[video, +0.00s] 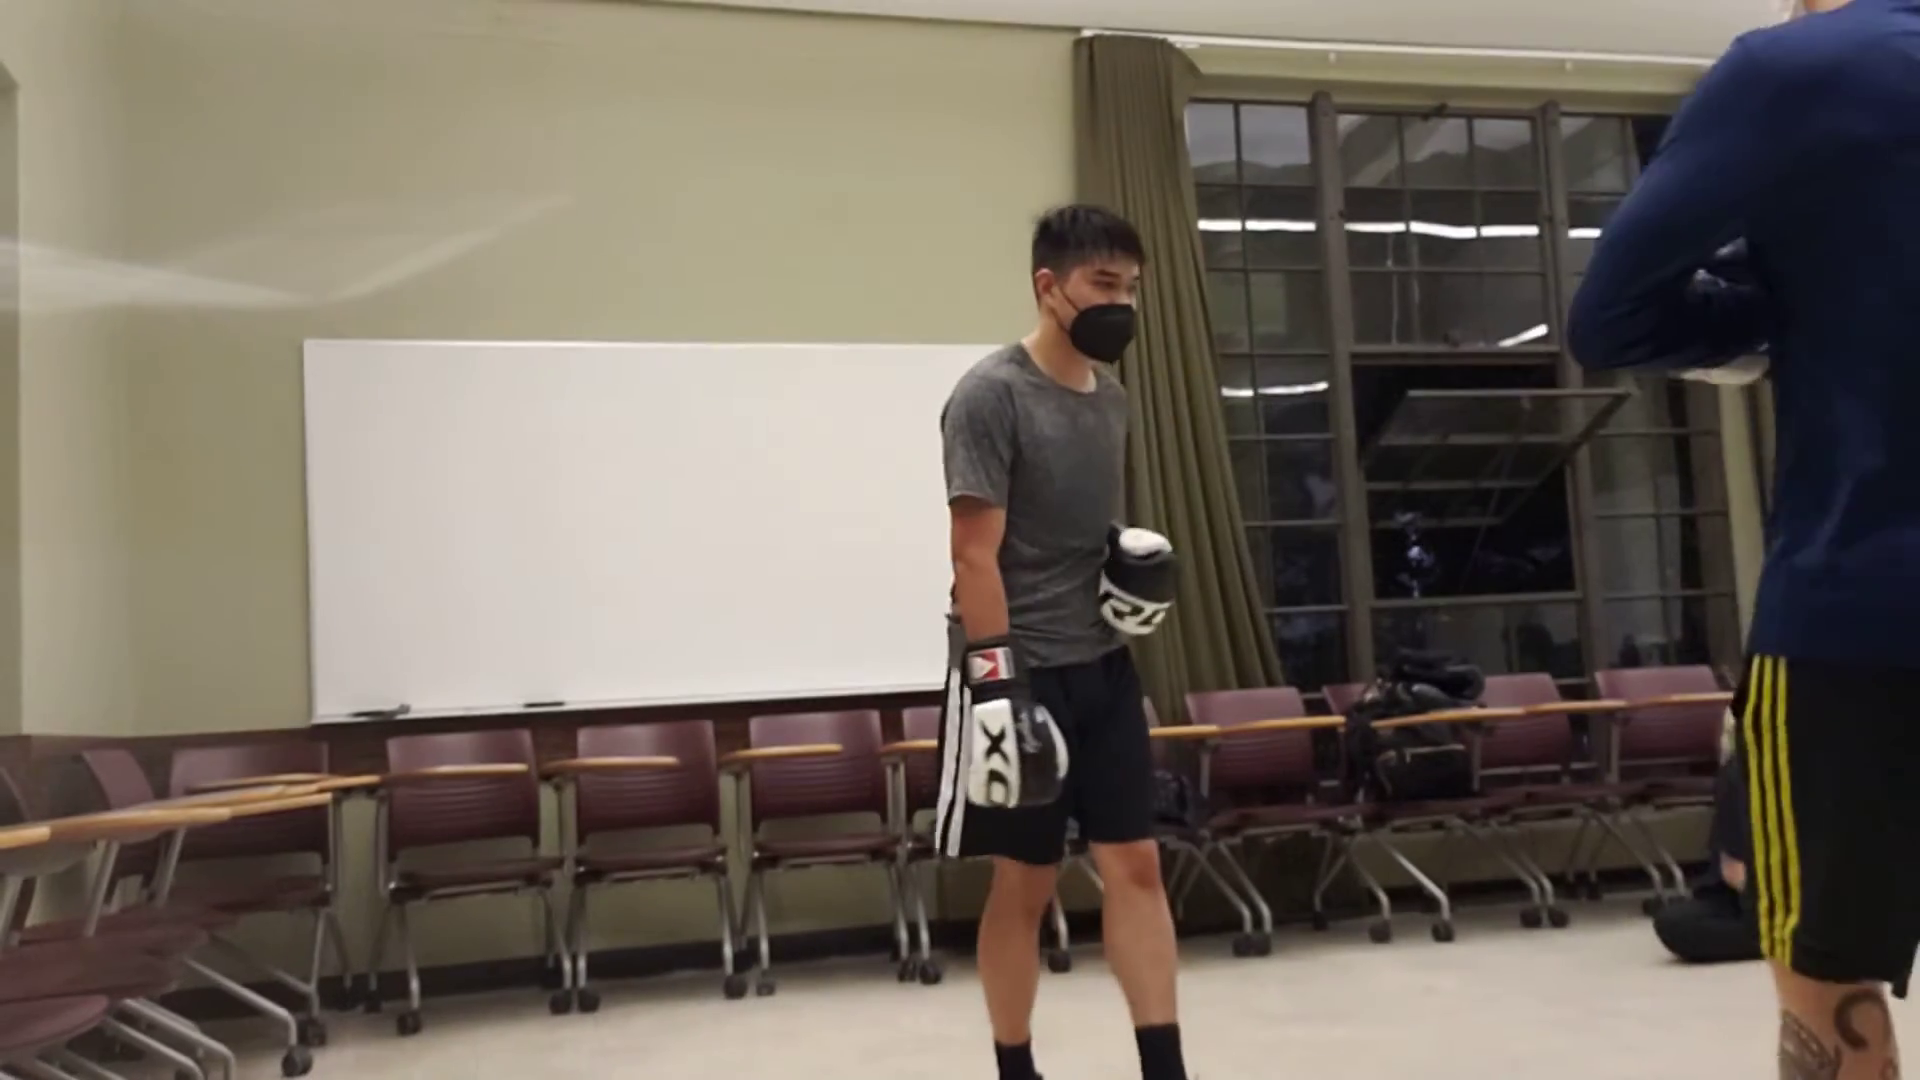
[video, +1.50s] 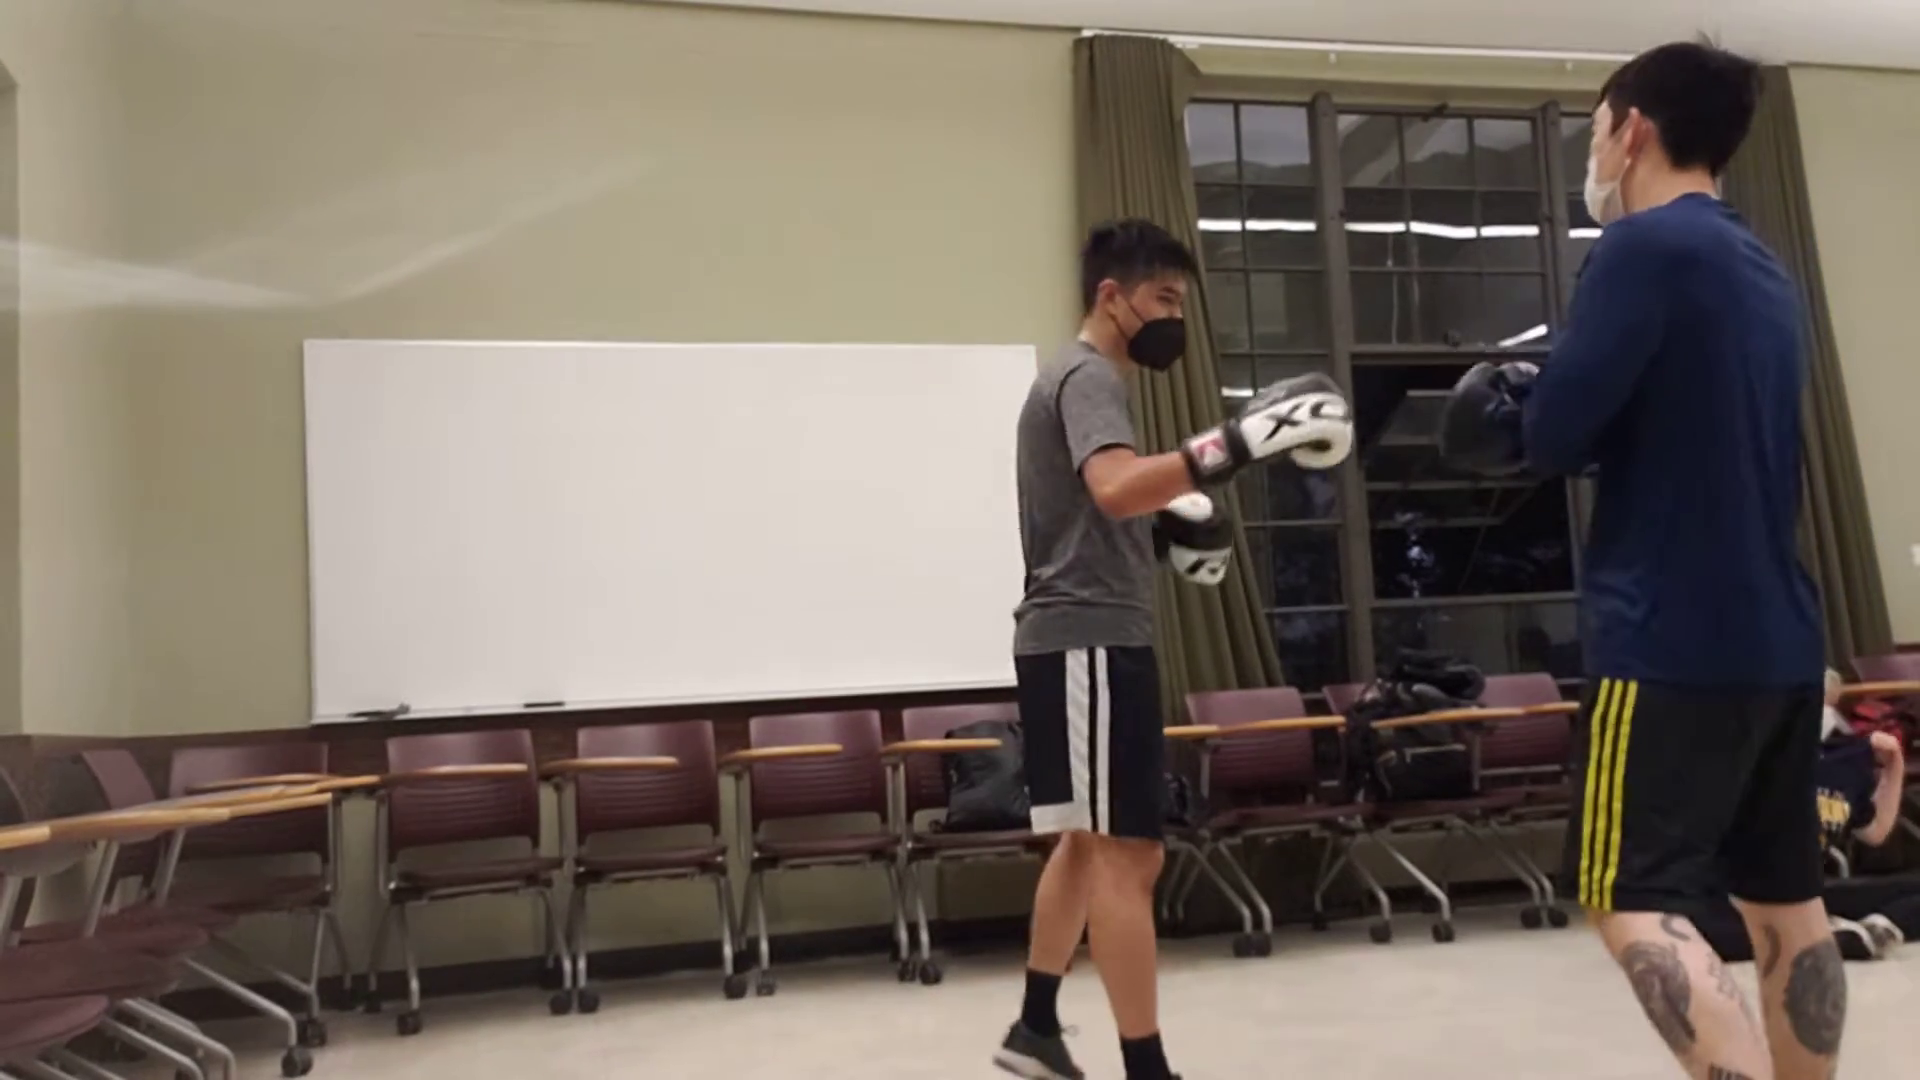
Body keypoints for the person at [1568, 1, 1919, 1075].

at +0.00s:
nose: (1785, 19)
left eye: (1784, 17)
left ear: (1817, 2)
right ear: (1856, 7)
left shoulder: (1790, 71)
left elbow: (1608, 322)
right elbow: (1607, 325)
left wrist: (1801, 292)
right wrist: (1785, 297)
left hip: (1858, 595)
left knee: (1833, 987)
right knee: (1829, 976)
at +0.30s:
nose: (1683, 32)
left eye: (1685, 14)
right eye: (1686, 18)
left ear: (1713, 9)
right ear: (1828, 17)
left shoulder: (1677, 133)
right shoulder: (1906, 125)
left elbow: (1578, 380)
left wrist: (1722, 362)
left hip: (1763, 616)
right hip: (1912, 599)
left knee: (1766, 958)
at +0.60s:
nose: (1601, 35)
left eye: (1605, 19)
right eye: (1603, 21)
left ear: (1629, 21)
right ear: (1743, 38)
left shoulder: (1586, 174)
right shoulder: (1839, 174)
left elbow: (1501, 390)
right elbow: (1816, 350)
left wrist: (1640, 343)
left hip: (1689, 626)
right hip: (1865, 609)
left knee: (1745, 948)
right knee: (1897, 916)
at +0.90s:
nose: (1589, 72)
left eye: (1592, 46)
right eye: (1594, 49)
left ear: (1613, 49)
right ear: (1728, 66)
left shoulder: (1604, 196)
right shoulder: (1789, 205)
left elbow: (1506, 417)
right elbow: (1744, 393)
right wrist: (1617, 178)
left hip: (1653, 630)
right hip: (1798, 617)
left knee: (1725, 946)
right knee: (1814, 929)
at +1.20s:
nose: (1604, 115)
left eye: (1609, 93)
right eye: (1608, 94)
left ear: (1642, 97)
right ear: (1739, 110)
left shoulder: (1634, 225)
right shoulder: (1782, 251)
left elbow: (1504, 414)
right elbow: (1684, 402)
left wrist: (1483, 370)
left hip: (1652, 643)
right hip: (1765, 638)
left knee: (1712, 935)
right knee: (1777, 909)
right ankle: (1809, 1073)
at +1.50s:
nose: (1591, 157)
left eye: (1597, 132)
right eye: (1596, 134)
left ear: (1636, 131)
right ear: (1707, 145)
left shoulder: (1642, 250)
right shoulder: (1766, 268)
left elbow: (1553, 431)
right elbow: (1711, 432)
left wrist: (1511, 391)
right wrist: (1557, 385)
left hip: (1670, 643)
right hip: (1778, 639)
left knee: (1631, 904)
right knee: (1782, 894)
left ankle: (1746, 1069)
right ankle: (1804, 1078)